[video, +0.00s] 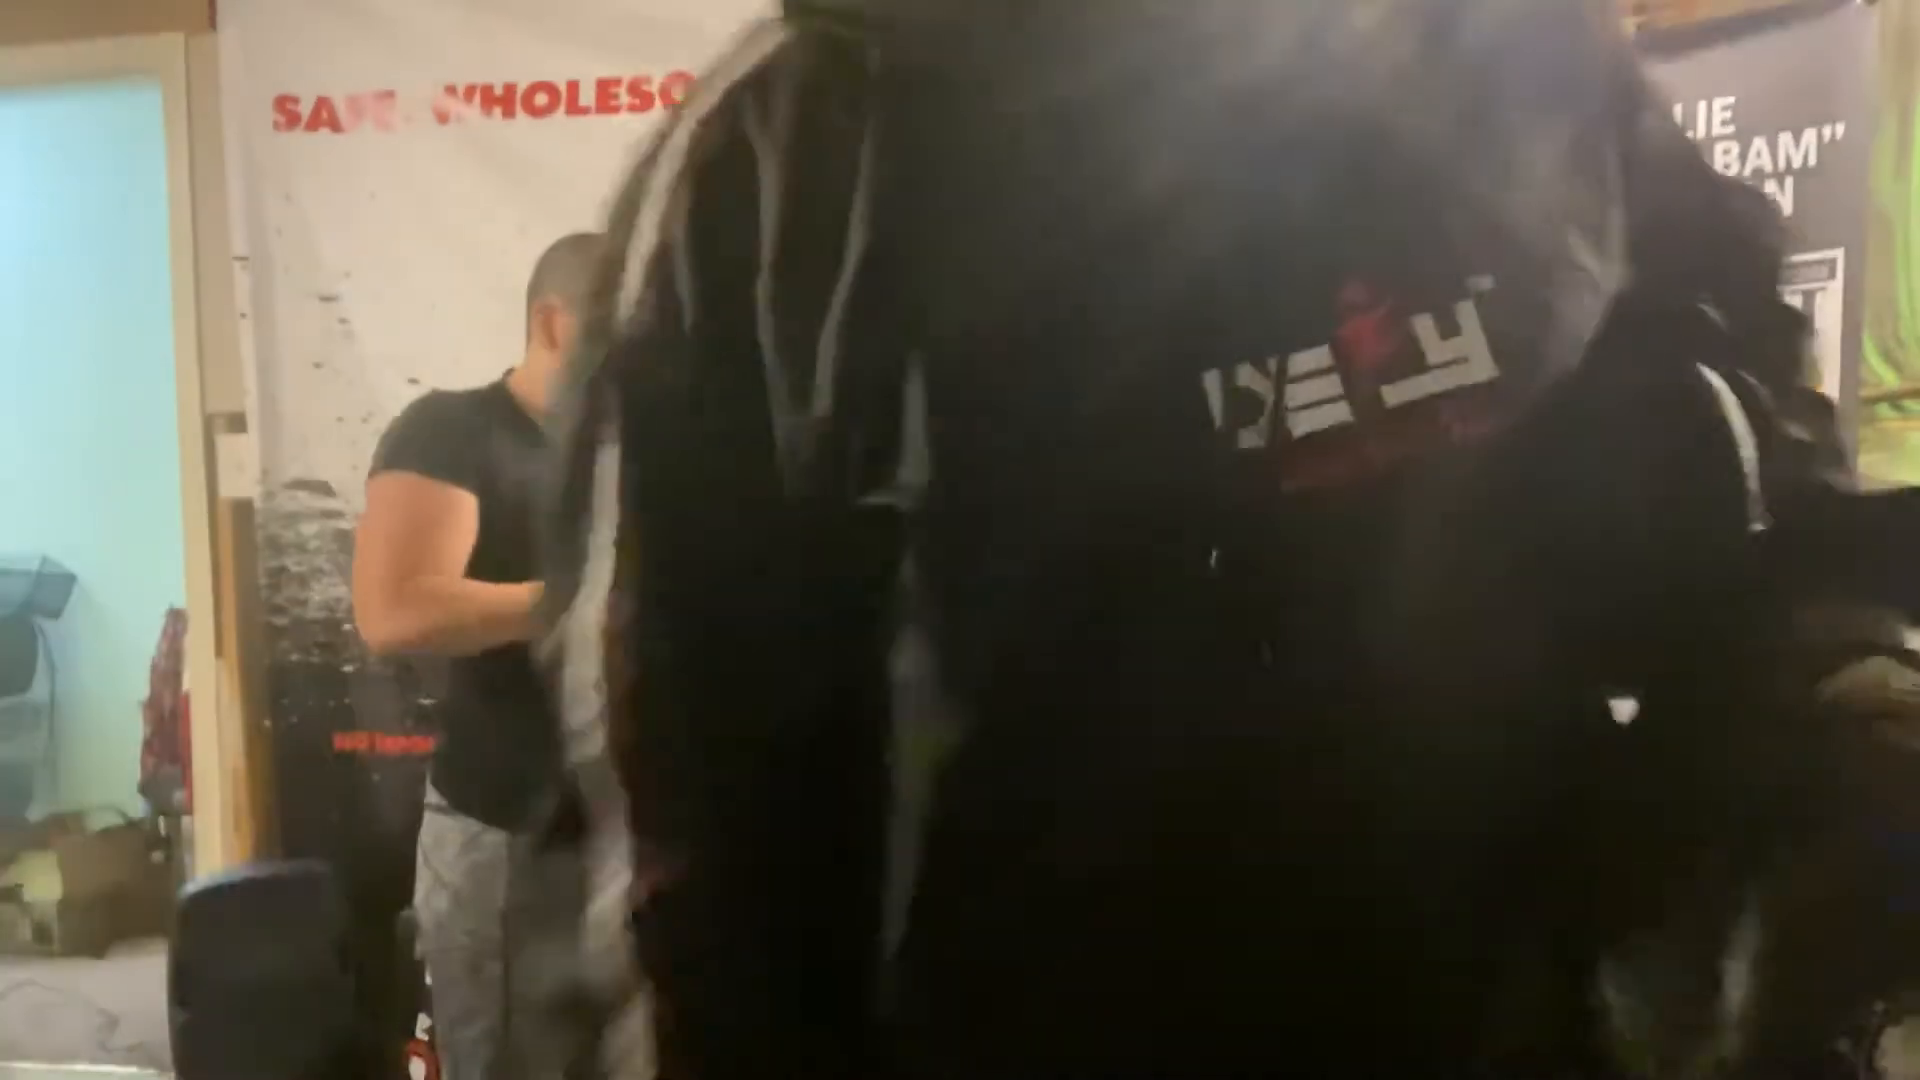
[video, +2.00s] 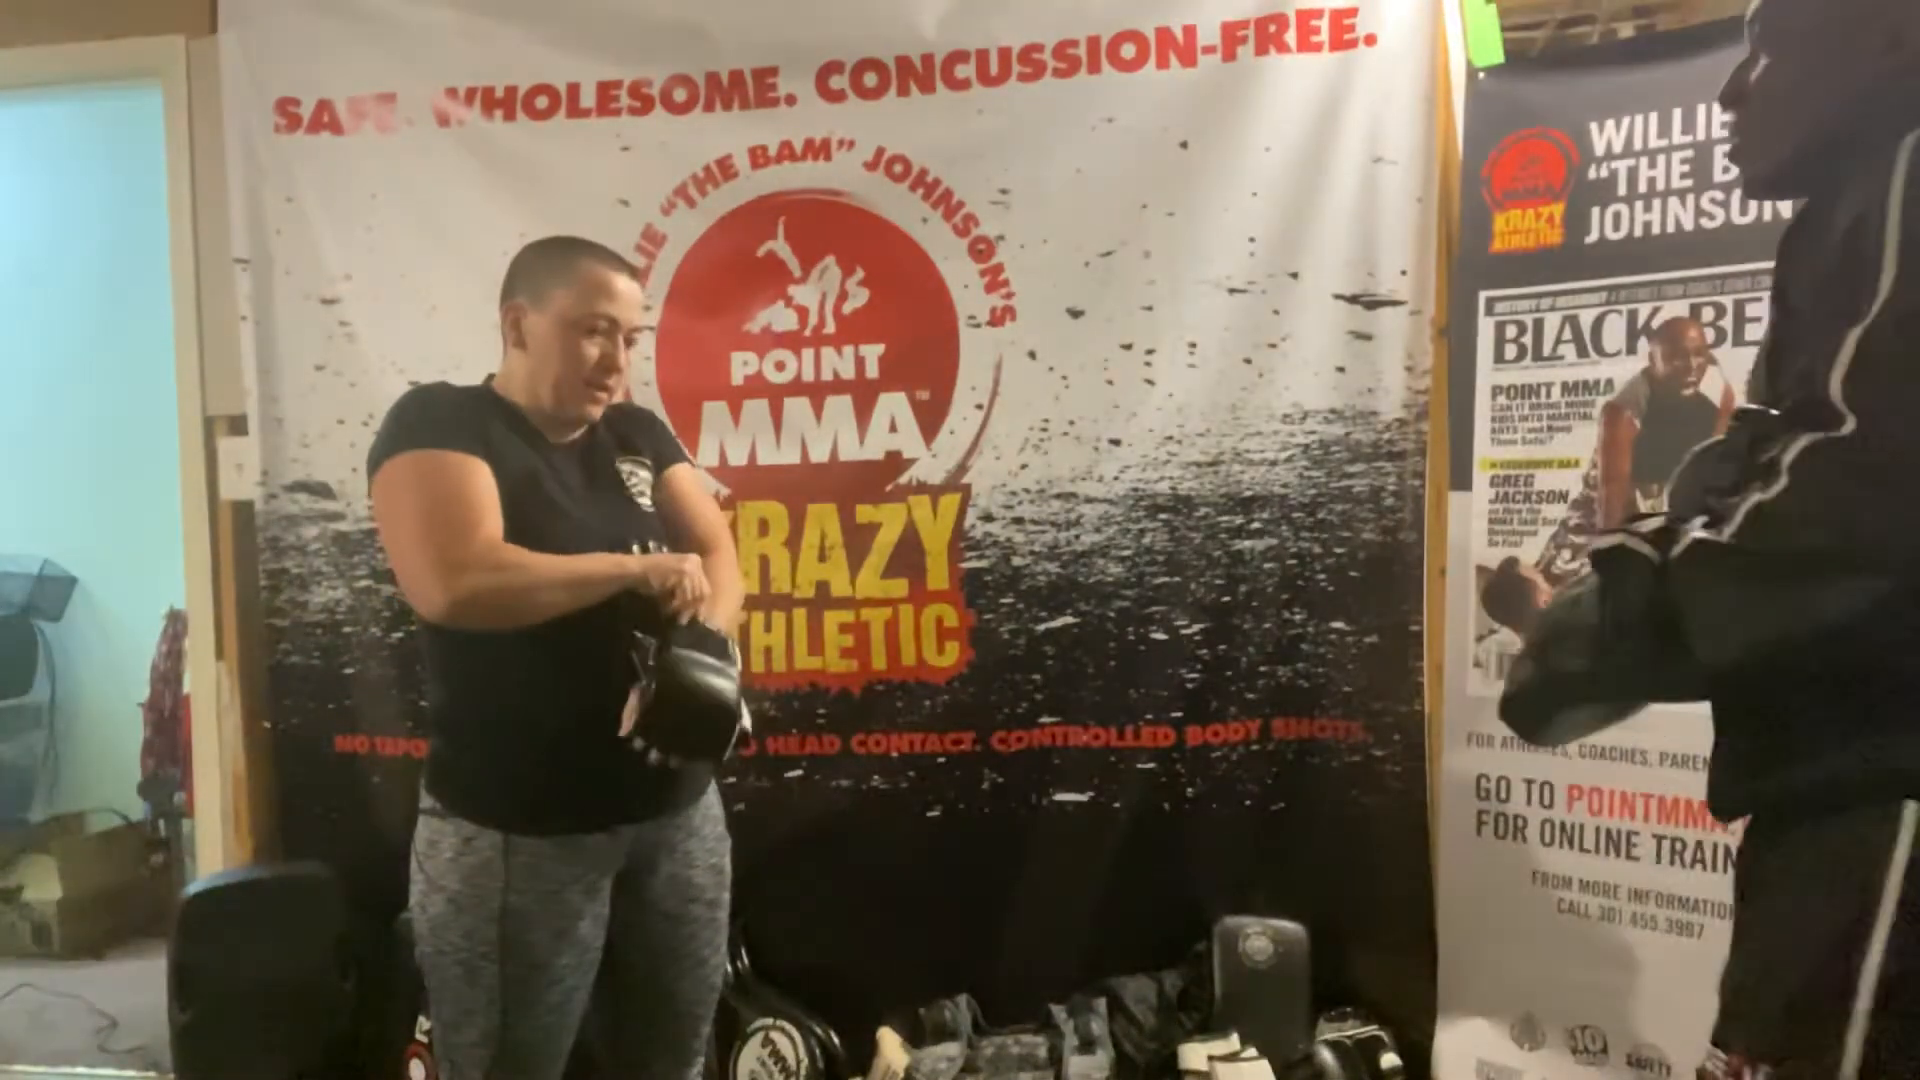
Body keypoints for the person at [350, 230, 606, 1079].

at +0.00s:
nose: (614, 347)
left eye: (625, 329)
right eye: (603, 324)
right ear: (549, 319)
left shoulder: (629, 449)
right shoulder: (448, 431)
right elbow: (394, 610)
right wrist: (579, 599)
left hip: (623, 833)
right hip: (494, 834)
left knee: (622, 1061)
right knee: (498, 1063)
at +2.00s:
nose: (619, 360)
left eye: (630, 338)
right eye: (597, 333)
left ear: (637, 340)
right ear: (518, 323)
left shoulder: (638, 434)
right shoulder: (436, 423)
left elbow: (716, 547)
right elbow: (451, 581)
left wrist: (697, 666)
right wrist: (633, 569)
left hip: (674, 822)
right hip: (512, 836)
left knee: (663, 1064)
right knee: (502, 1067)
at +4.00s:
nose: (607, 341)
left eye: (616, 320)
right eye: (580, 316)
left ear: (625, 329)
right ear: (502, 324)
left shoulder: (641, 439)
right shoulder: (431, 432)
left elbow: (724, 572)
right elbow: (419, 614)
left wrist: (721, 593)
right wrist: (616, 595)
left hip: (670, 827)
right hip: (505, 844)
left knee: (662, 1065)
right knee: (497, 1068)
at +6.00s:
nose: (578, 333)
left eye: (584, 312)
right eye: (550, 308)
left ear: (591, 324)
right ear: (469, 317)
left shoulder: (609, 440)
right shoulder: (389, 437)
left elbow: (687, 583)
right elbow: (325, 617)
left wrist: (734, 557)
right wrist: (517, 598)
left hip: (641, 827)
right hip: (473, 848)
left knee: (647, 1065)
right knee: (479, 1069)